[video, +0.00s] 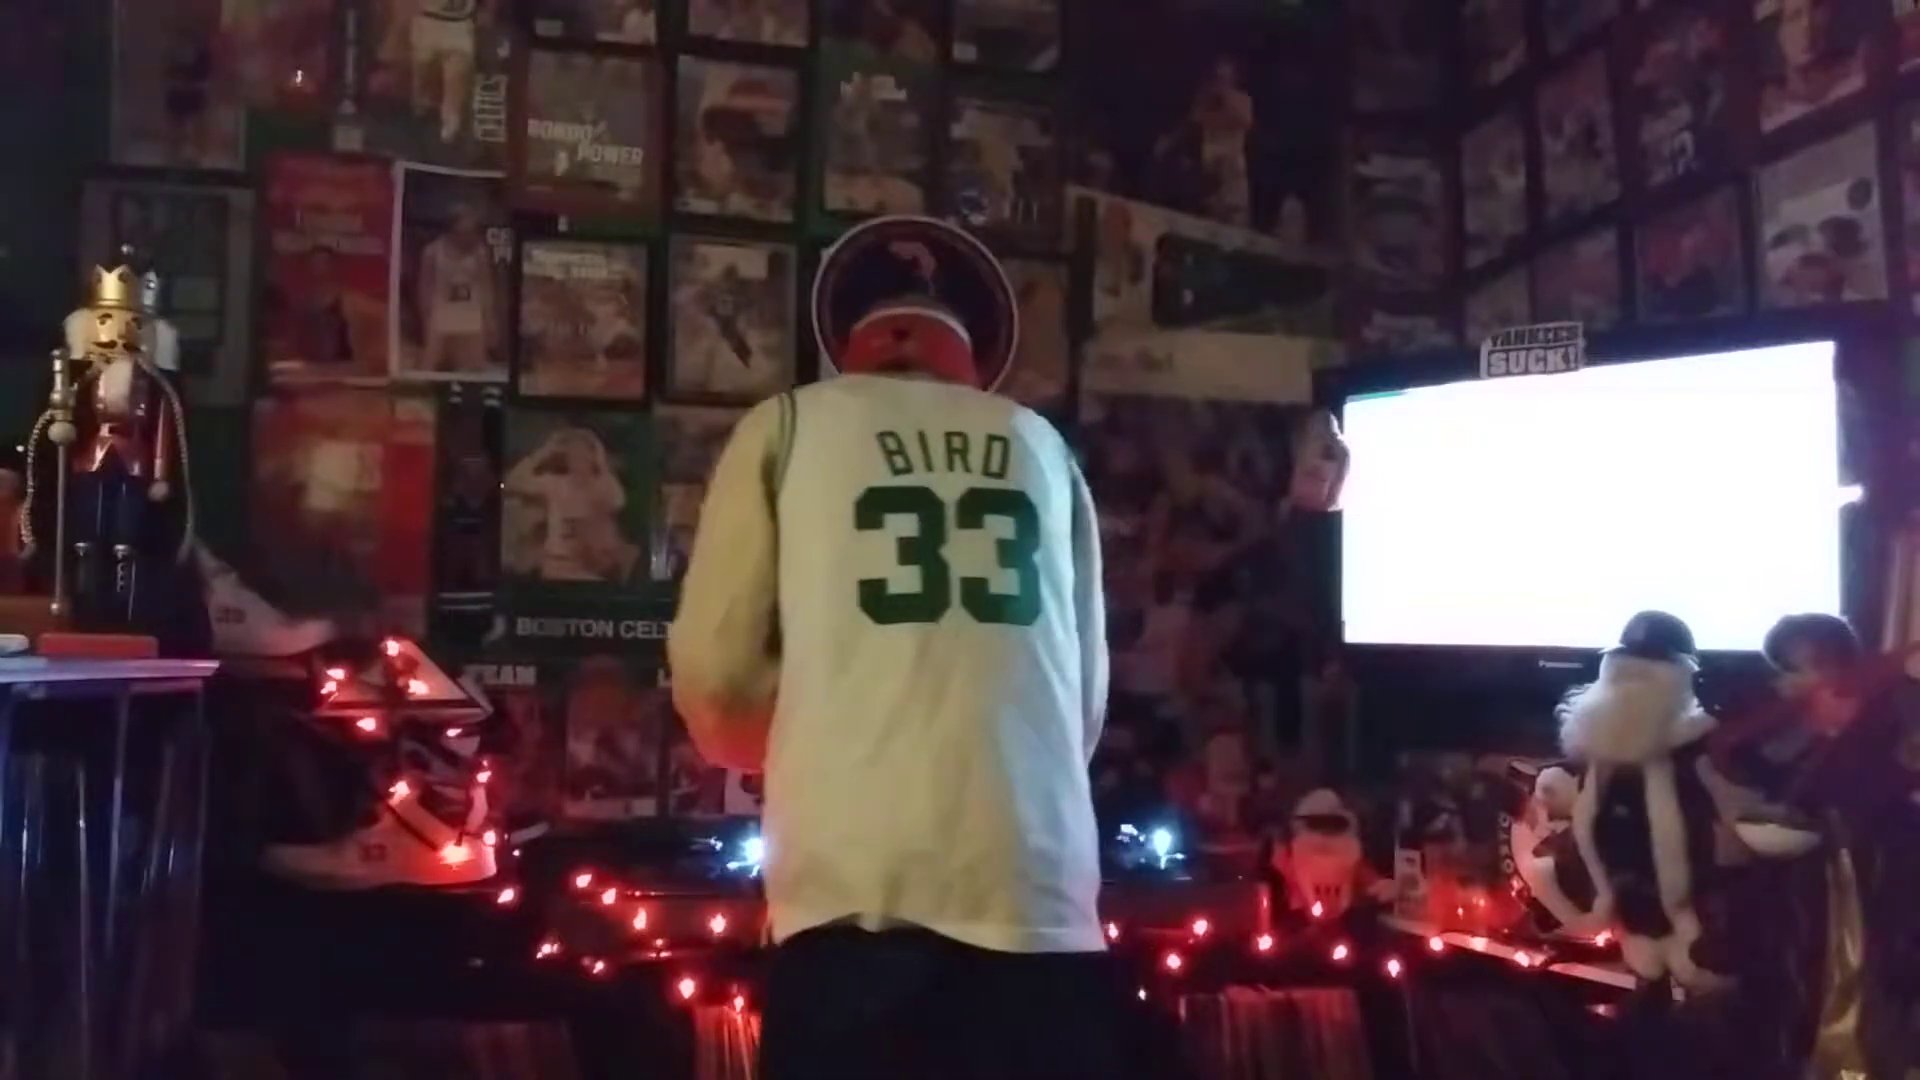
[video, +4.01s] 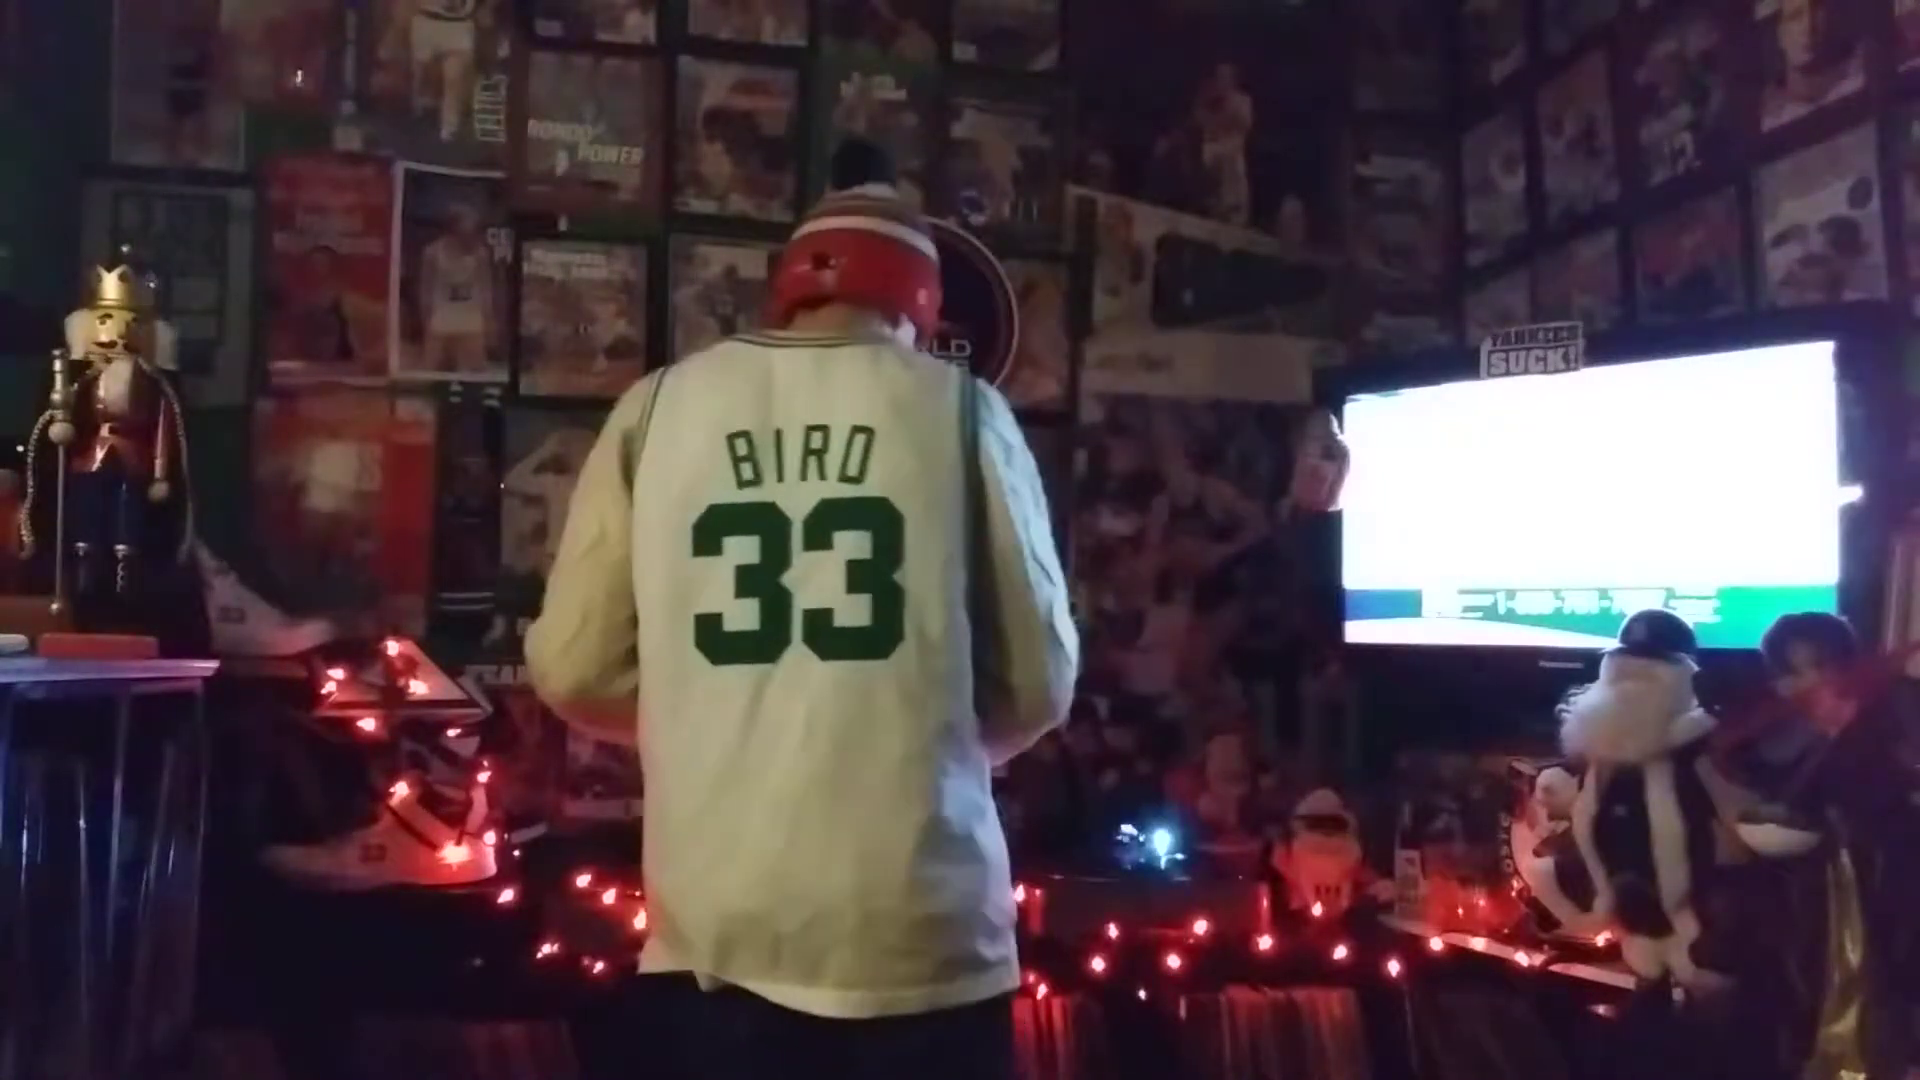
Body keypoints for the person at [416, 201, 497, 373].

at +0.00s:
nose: (467, 236)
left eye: (471, 231)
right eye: (463, 231)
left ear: (476, 231)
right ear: (453, 229)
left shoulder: (481, 252)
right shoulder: (434, 252)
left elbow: (488, 289)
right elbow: (425, 287)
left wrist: (490, 321)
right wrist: (428, 317)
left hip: (472, 323)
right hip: (441, 323)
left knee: (474, 375)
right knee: (431, 375)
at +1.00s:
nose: (466, 236)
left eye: (470, 231)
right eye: (462, 230)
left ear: (475, 230)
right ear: (452, 229)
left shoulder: (481, 252)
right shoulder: (434, 252)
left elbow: (487, 289)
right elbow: (425, 286)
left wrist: (490, 323)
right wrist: (427, 313)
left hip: (472, 326)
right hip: (441, 325)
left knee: (474, 376)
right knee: (432, 377)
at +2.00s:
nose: (466, 237)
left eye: (470, 231)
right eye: (462, 231)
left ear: (475, 231)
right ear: (452, 230)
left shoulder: (480, 253)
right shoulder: (434, 253)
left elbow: (486, 291)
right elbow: (425, 288)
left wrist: (490, 324)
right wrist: (427, 319)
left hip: (472, 330)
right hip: (440, 329)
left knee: (473, 382)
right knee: (434, 381)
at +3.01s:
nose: (467, 236)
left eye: (471, 231)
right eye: (463, 231)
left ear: (476, 231)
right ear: (453, 229)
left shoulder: (481, 253)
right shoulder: (433, 253)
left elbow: (486, 291)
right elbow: (425, 288)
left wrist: (490, 325)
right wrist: (427, 317)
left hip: (471, 324)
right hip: (440, 324)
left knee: (473, 376)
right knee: (433, 376)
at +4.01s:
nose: (467, 236)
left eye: (471, 231)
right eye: (463, 231)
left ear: (476, 231)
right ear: (453, 230)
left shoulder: (480, 253)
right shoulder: (433, 253)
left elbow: (486, 289)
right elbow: (426, 289)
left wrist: (489, 322)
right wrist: (426, 320)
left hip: (472, 326)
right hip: (440, 326)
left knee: (473, 379)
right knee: (433, 379)